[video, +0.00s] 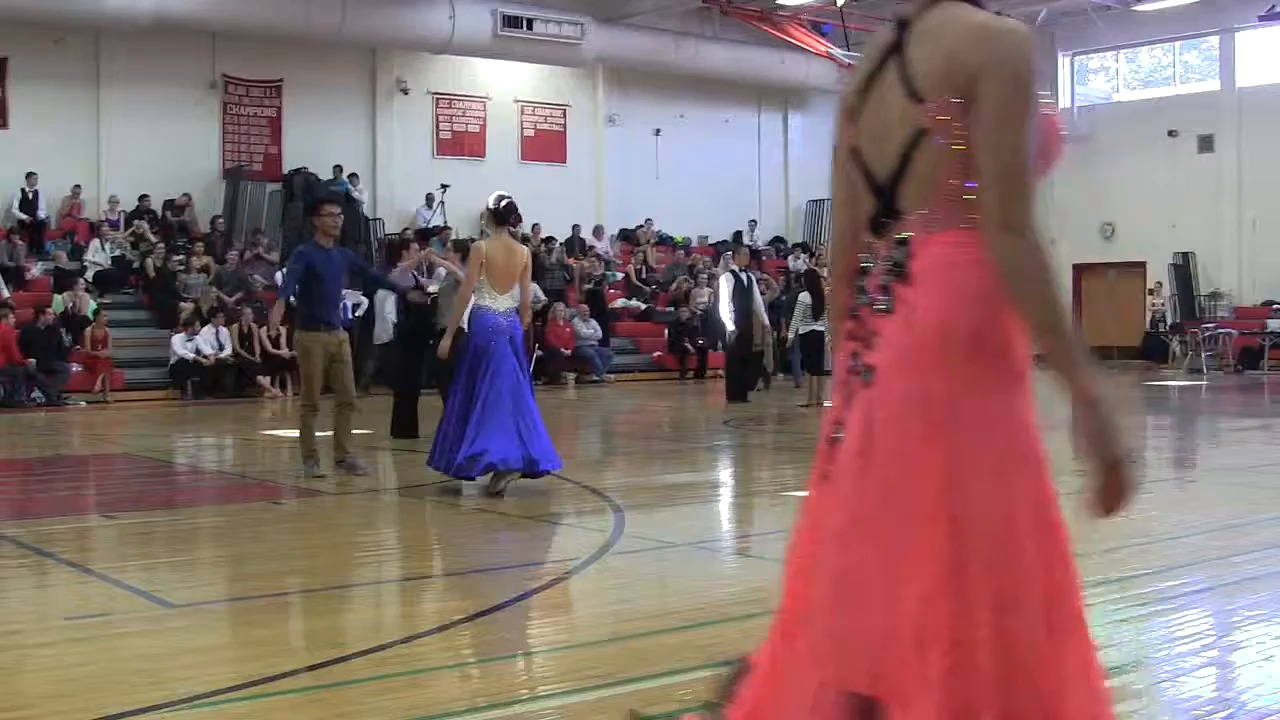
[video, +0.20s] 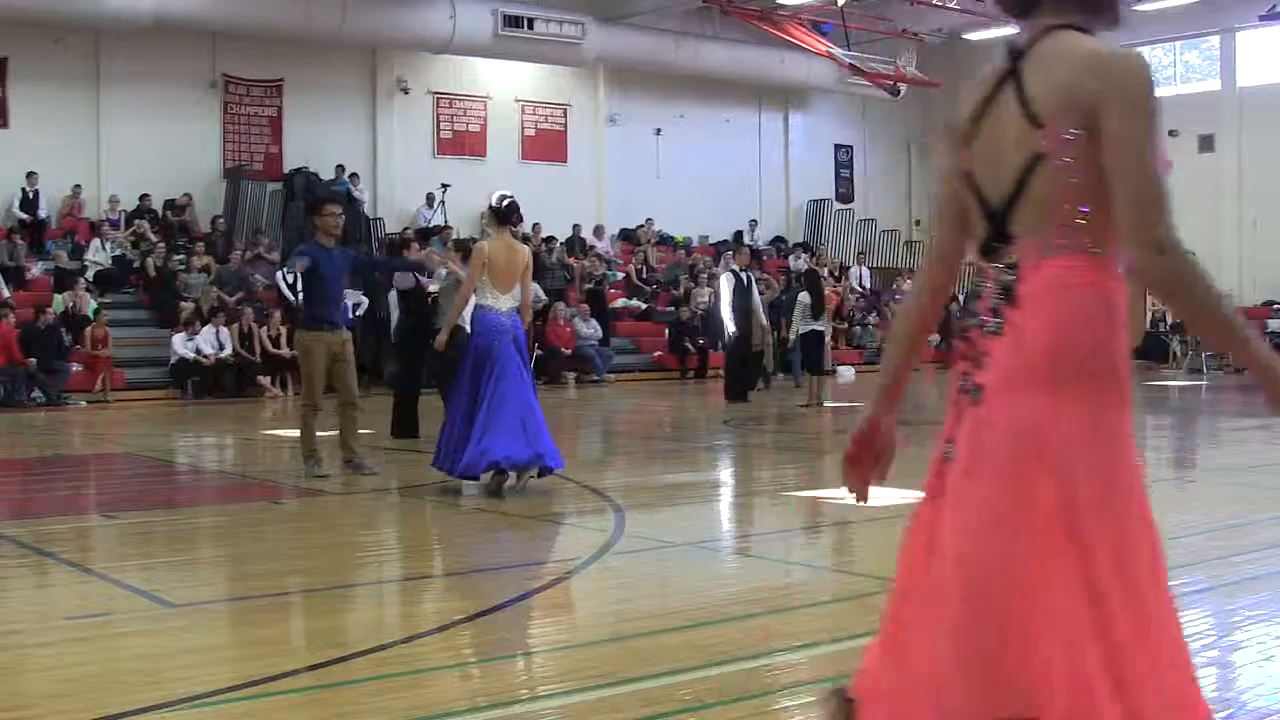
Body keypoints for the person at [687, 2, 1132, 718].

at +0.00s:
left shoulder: (866, 71)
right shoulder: (996, 42)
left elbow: (847, 258)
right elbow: (1007, 230)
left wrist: (848, 390)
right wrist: (1088, 395)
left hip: (876, 362)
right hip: (959, 361)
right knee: (975, 591)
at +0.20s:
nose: (1121, 6)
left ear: (1019, 4)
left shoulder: (972, 98)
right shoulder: (1111, 68)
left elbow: (937, 272)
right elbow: (1151, 256)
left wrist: (881, 404)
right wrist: (1262, 364)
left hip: (991, 368)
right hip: (1070, 363)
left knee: (975, 579)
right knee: (1075, 580)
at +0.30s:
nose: (1177, 9)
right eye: (1170, 2)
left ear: (1074, 6)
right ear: (1156, 1)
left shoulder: (1034, 110)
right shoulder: (1171, 74)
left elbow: (997, 277)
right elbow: (1203, 247)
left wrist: (942, 399)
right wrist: (1275, 338)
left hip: (1054, 354)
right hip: (1140, 349)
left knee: (1054, 557)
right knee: (1148, 555)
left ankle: (1049, 705)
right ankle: (1138, 703)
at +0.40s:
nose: (1229, 10)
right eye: (1225, 3)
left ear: (1132, 6)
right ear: (1209, 2)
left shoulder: (1088, 100)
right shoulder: (1231, 75)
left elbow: (1065, 264)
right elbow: (1247, 241)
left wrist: (1033, 392)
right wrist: (1277, 328)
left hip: (1104, 364)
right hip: (1194, 361)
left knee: (1103, 562)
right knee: (1214, 555)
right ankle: (1201, 702)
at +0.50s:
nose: (1262, 15)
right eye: (1259, 10)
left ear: (1180, 10)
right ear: (1250, 7)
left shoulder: (1140, 99)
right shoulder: (1262, 77)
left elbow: (1122, 253)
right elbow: (1269, 234)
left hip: (1153, 344)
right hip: (1241, 342)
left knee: (1157, 533)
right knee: (1246, 526)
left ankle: (1144, 694)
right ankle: (1244, 691)